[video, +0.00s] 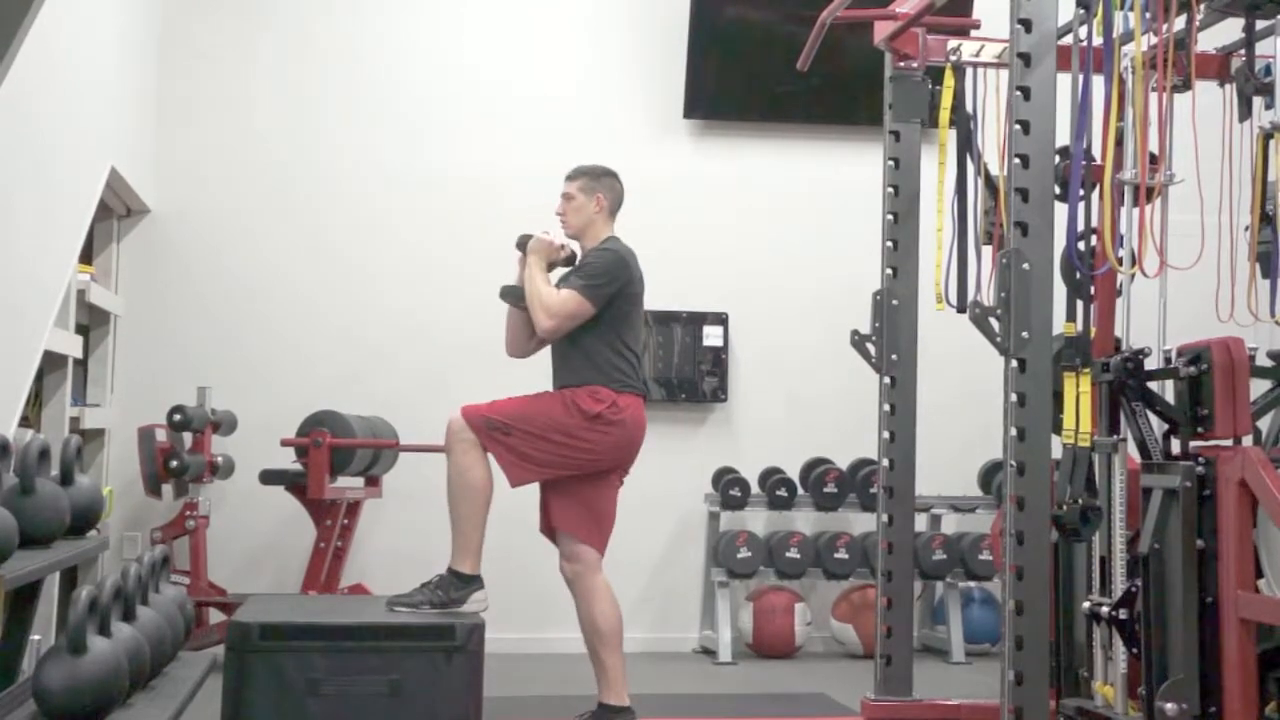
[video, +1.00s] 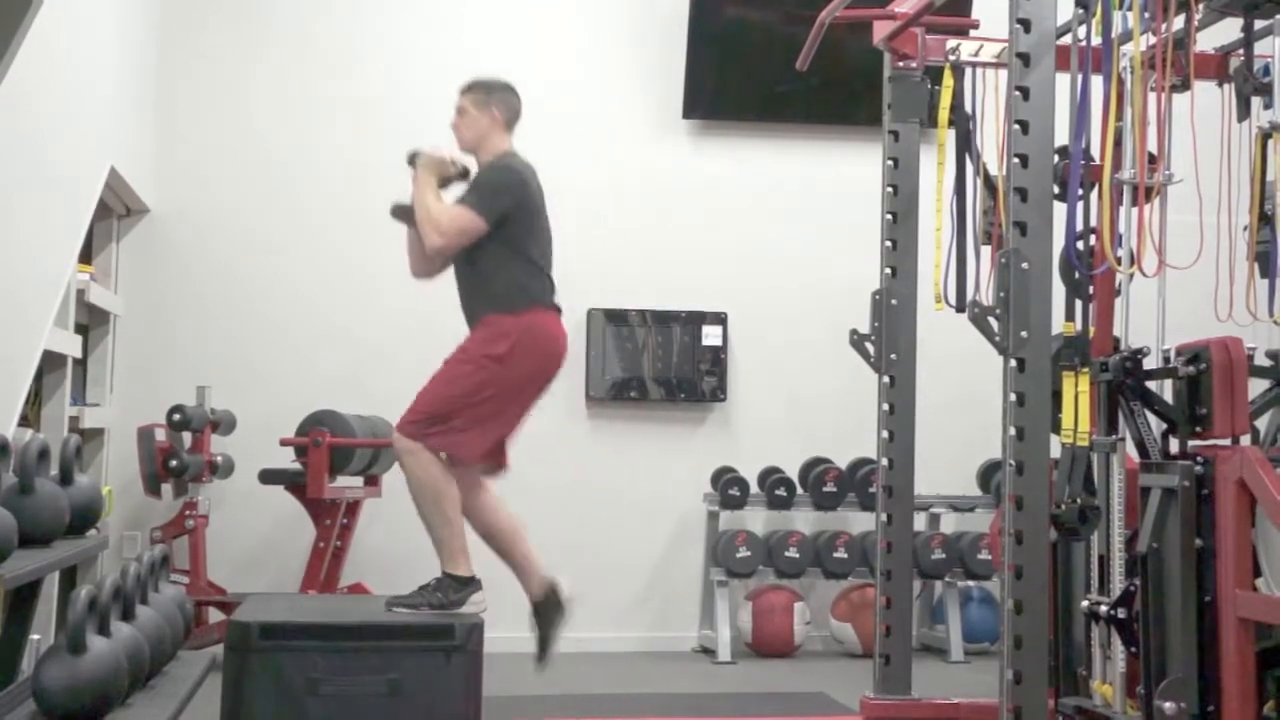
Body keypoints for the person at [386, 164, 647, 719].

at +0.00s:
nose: (558, 208)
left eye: (569, 198)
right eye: (561, 198)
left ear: (602, 204)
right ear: (595, 207)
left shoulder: (612, 258)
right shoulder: (581, 268)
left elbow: (550, 322)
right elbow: (520, 344)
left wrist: (536, 262)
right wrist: (527, 277)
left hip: (602, 411)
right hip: (602, 418)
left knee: (466, 427)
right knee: (581, 560)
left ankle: (462, 578)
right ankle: (616, 705)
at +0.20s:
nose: (553, 208)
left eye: (563, 197)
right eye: (556, 197)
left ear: (597, 203)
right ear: (587, 205)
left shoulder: (608, 258)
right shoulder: (577, 267)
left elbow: (545, 322)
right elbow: (514, 343)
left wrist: (533, 262)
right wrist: (522, 276)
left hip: (599, 411)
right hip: (601, 418)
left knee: (461, 429)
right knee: (589, 563)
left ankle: (461, 578)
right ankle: (617, 706)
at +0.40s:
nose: (543, 208)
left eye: (552, 198)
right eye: (544, 198)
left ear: (584, 202)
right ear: (577, 205)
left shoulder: (597, 258)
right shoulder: (569, 267)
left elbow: (534, 325)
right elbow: (506, 345)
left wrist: (523, 264)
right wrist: (510, 277)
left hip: (591, 411)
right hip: (598, 419)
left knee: (453, 429)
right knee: (586, 565)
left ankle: (461, 577)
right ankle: (617, 706)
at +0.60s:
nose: (519, 214)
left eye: (529, 203)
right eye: (521, 203)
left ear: (561, 208)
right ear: (555, 210)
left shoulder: (577, 265)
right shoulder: (552, 274)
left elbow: (512, 332)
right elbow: (488, 353)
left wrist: (494, 272)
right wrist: (492, 285)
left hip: (577, 417)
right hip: (580, 427)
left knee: (437, 432)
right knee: (547, 575)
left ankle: (460, 578)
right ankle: (611, 705)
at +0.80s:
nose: (487, 202)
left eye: (496, 192)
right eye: (489, 192)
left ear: (528, 196)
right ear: (523, 197)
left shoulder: (544, 254)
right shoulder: (519, 264)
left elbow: (477, 321)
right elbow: (453, 341)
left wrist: (462, 259)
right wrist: (454, 278)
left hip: (550, 406)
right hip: (559, 415)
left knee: (414, 441)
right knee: (540, 563)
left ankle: (457, 578)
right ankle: (604, 696)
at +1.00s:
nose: (453, 124)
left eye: (462, 113)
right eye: (454, 114)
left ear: (495, 116)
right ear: (493, 117)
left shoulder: (507, 174)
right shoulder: (490, 181)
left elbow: (440, 237)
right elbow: (423, 265)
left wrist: (425, 174)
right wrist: (419, 202)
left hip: (517, 331)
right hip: (520, 334)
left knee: (413, 439)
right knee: (461, 480)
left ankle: (456, 576)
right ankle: (541, 592)